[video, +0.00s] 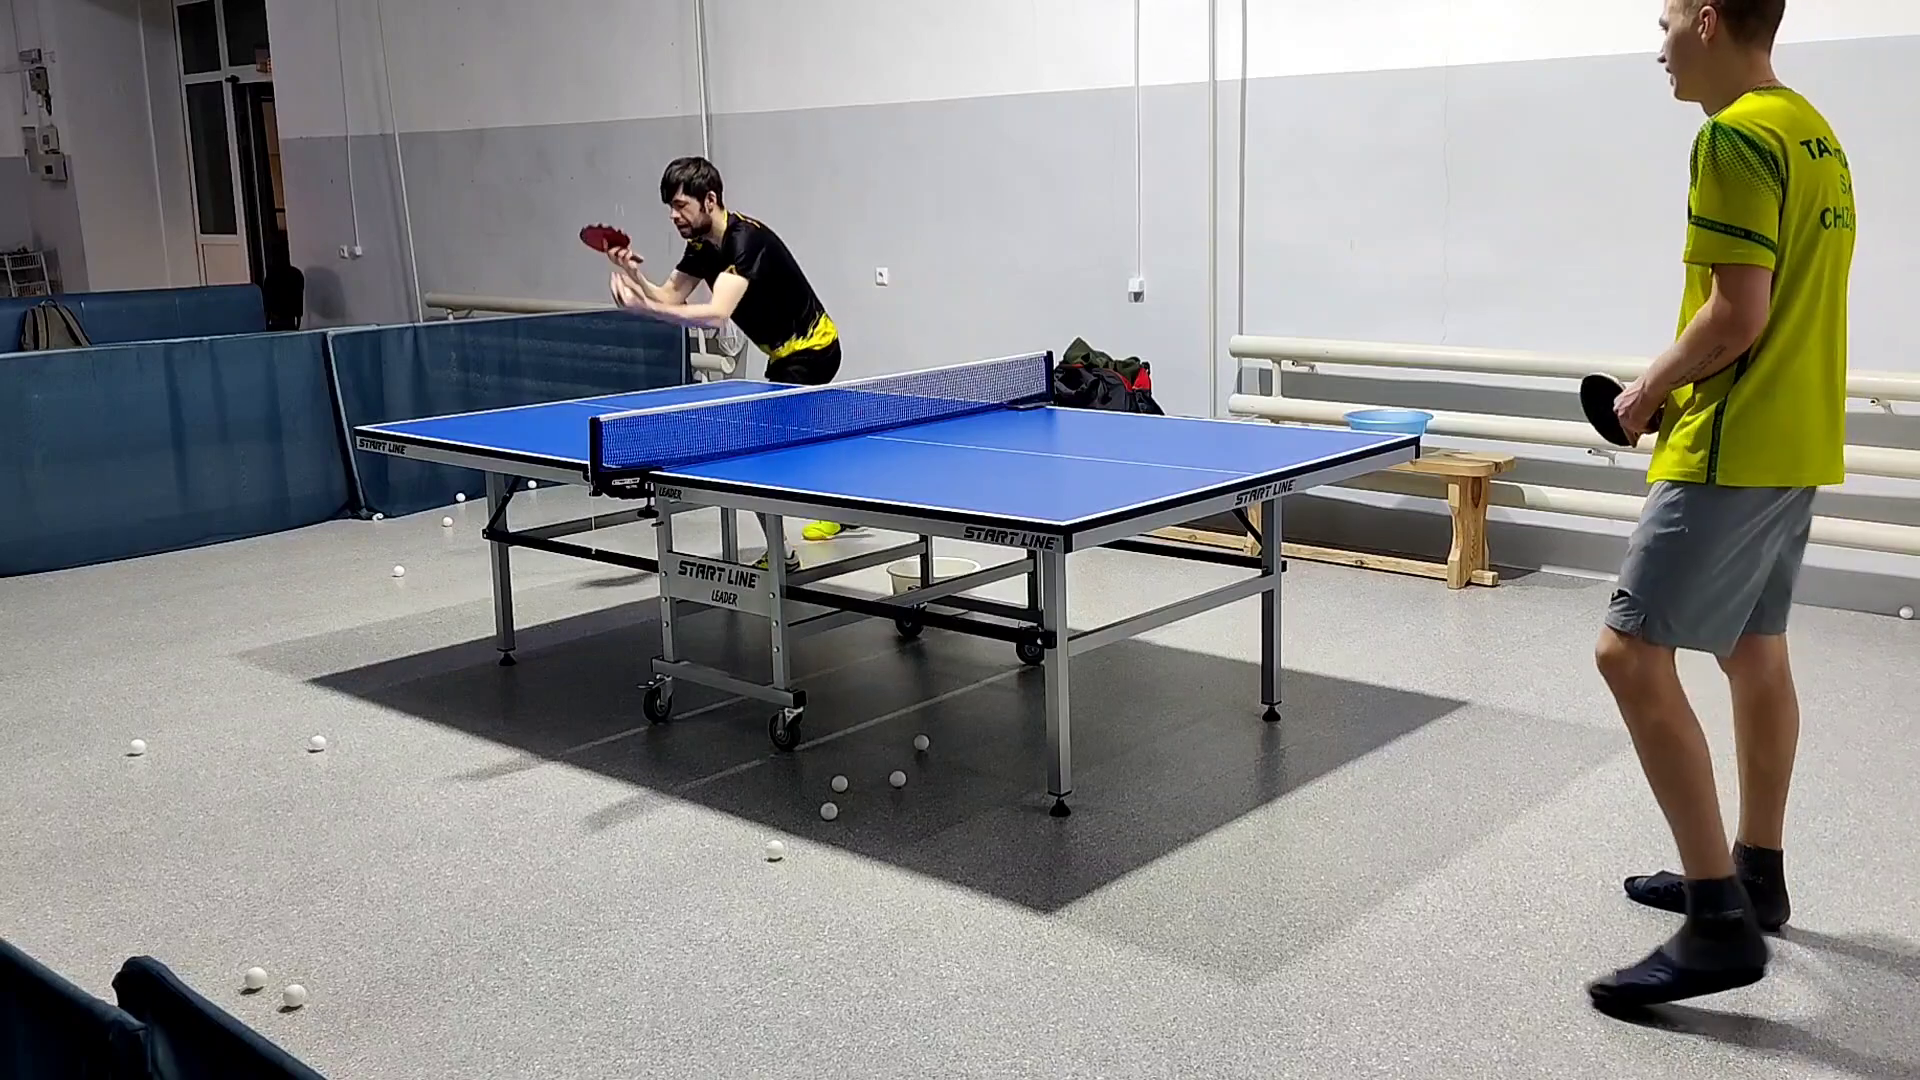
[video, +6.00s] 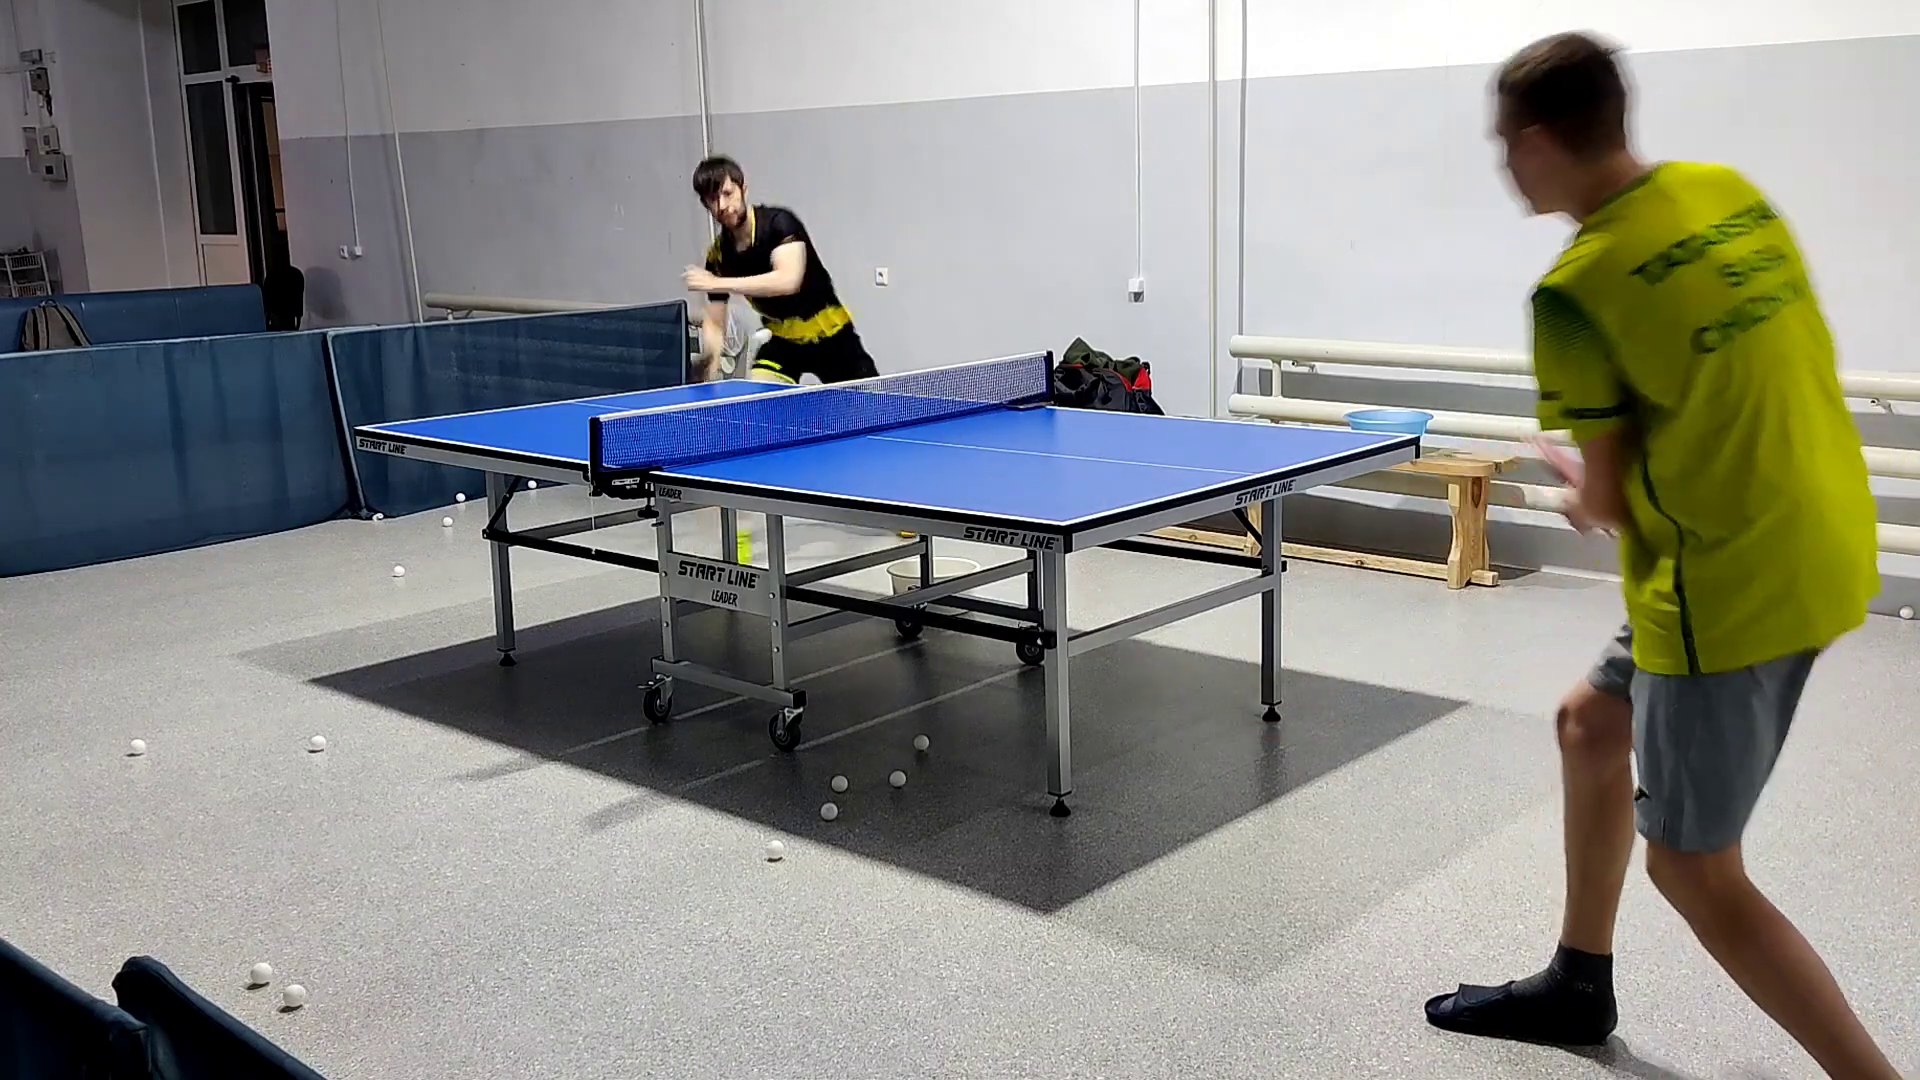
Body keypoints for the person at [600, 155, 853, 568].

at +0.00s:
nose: (674, 216)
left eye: (680, 206)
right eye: (671, 207)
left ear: (710, 200)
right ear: (698, 204)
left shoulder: (746, 239)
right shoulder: (700, 242)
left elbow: (718, 313)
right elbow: (670, 298)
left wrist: (646, 308)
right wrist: (634, 274)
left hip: (811, 350)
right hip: (782, 353)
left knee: (754, 446)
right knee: (798, 437)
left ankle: (778, 551)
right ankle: (844, 508)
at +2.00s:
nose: (745, 164)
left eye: (750, 153)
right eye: (734, 157)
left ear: (763, 150)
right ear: (722, 162)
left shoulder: (790, 194)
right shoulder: (712, 210)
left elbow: (824, 255)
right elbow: (685, 278)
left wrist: (850, 302)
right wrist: (740, 299)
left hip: (793, 322)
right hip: (742, 329)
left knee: (844, 408)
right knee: (732, 427)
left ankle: (870, 507)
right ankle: (714, 535)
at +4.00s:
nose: (769, 165)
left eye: (774, 154)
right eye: (758, 159)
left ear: (786, 152)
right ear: (748, 167)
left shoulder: (819, 192)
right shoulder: (748, 219)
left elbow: (848, 250)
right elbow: (739, 294)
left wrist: (782, 251)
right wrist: (736, 281)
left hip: (844, 325)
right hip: (792, 328)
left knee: (871, 419)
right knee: (766, 414)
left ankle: (888, 505)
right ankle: (748, 528)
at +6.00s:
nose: (723, 206)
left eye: (728, 194)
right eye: (713, 199)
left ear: (743, 189)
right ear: (706, 204)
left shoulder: (780, 223)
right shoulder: (719, 256)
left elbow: (788, 281)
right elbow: (714, 322)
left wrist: (717, 284)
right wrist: (712, 360)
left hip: (832, 338)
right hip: (784, 344)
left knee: (877, 410)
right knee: (754, 410)